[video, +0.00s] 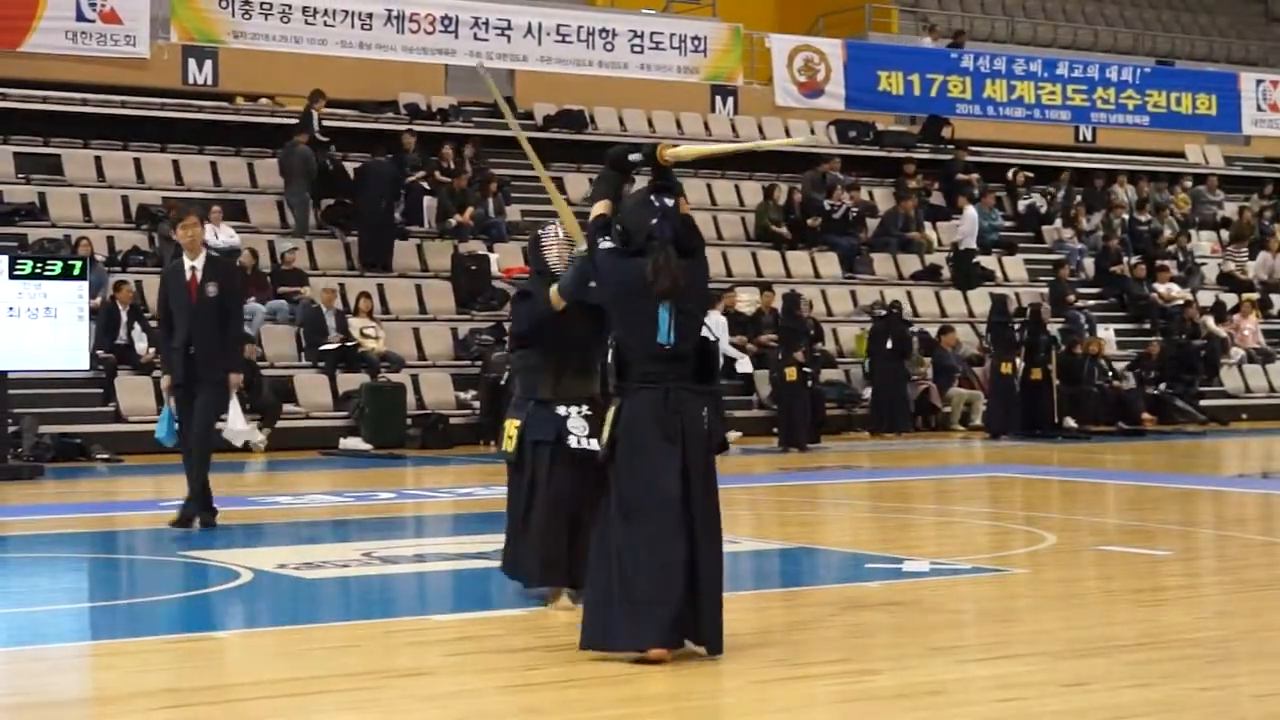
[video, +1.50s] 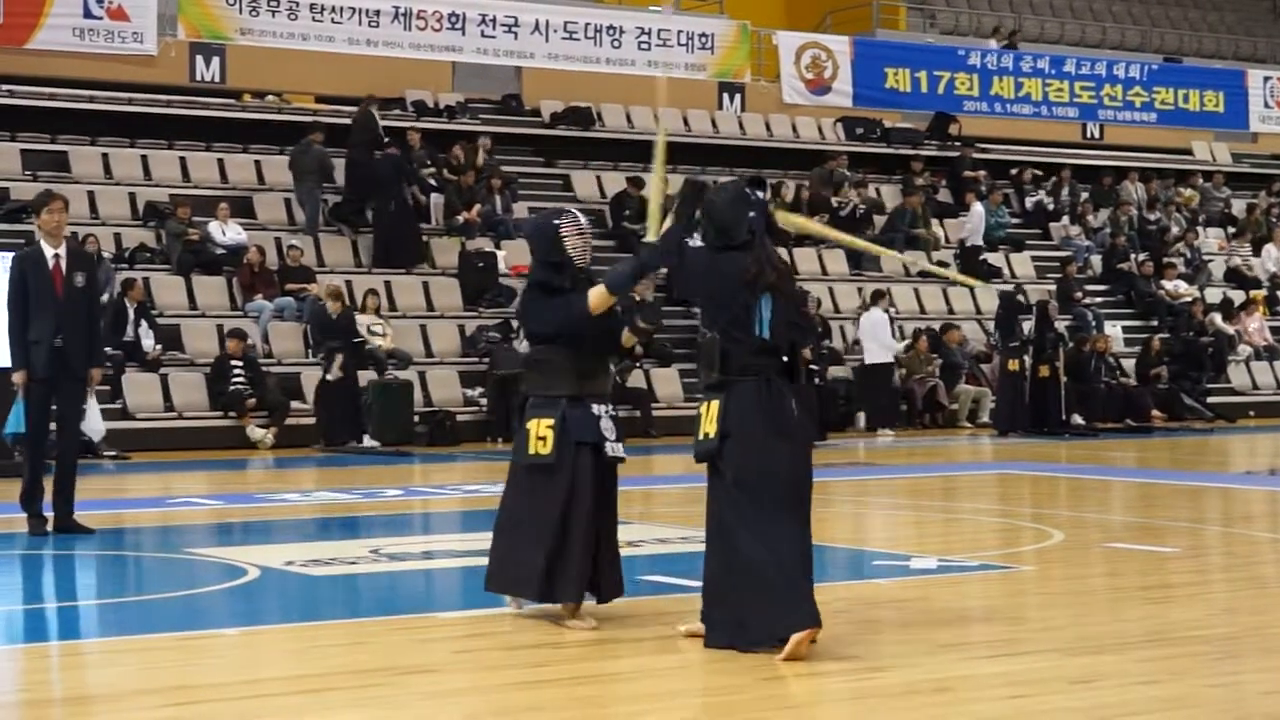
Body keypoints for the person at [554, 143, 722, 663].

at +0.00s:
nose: (615, 231)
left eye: (621, 226)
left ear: (627, 235)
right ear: (672, 232)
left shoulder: (617, 271)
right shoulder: (694, 275)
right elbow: (684, 235)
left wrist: (596, 233)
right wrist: (667, 184)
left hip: (642, 402)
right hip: (688, 400)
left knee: (646, 513)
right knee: (688, 510)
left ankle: (655, 634)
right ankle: (689, 625)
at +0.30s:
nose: (631, 236)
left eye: (635, 230)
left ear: (639, 235)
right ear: (681, 234)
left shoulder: (627, 283)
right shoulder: (700, 280)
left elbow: (564, 323)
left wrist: (585, 290)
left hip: (670, 412)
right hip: (717, 409)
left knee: (636, 503)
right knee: (697, 509)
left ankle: (653, 618)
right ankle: (684, 615)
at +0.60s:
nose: (646, 239)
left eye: (651, 231)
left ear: (662, 238)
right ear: (703, 239)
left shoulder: (659, 280)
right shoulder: (721, 282)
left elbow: (638, 238)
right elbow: (709, 233)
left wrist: (638, 203)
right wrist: (698, 186)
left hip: (684, 412)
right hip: (725, 411)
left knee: (664, 519)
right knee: (709, 515)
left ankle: (731, 607)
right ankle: (679, 619)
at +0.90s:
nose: (675, 230)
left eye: (679, 223)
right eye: (684, 219)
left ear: (689, 233)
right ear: (727, 226)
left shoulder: (689, 270)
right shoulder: (747, 267)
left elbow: (654, 225)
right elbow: (717, 223)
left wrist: (656, 178)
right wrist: (716, 182)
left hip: (709, 401)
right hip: (745, 400)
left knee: (715, 514)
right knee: (721, 513)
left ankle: (748, 624)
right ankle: (706, 622)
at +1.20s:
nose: (685, 220)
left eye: (691, 214)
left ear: (697, 226)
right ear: (738, 222)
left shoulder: (690, 262)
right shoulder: (757, 267)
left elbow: (666, 219)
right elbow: (736, 221)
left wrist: (674, 175)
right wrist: (740, 182)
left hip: (717, 396)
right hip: (756, 394)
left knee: (719, 508)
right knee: (756, 507)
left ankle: (788, 607)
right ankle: (696, 614)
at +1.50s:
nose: (705, 236)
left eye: (708, 227)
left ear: (714, 230)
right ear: (759, 226)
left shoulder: (712, 272)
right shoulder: (778, 276)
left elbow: (668, 256)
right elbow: (803, 335)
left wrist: (681, 214)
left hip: (738, 406)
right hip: (782, 406)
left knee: (740, 517)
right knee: (779, 516)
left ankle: (797, 616)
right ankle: (727, 617)